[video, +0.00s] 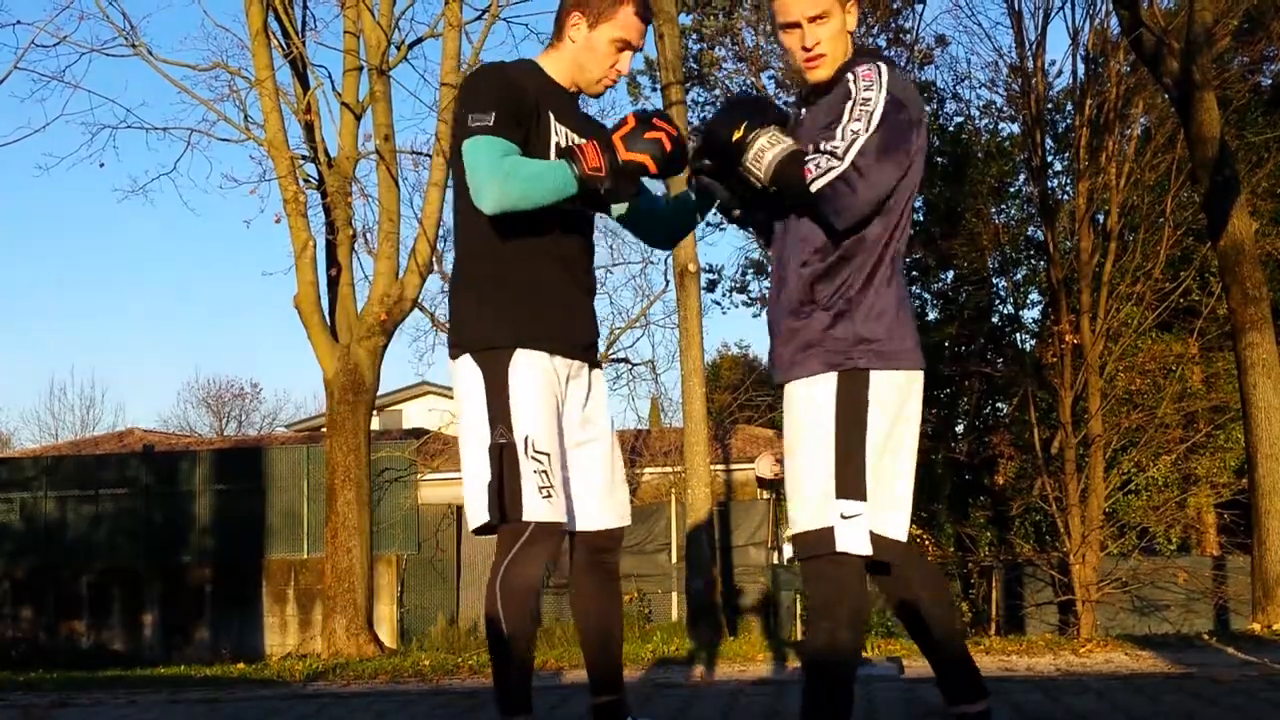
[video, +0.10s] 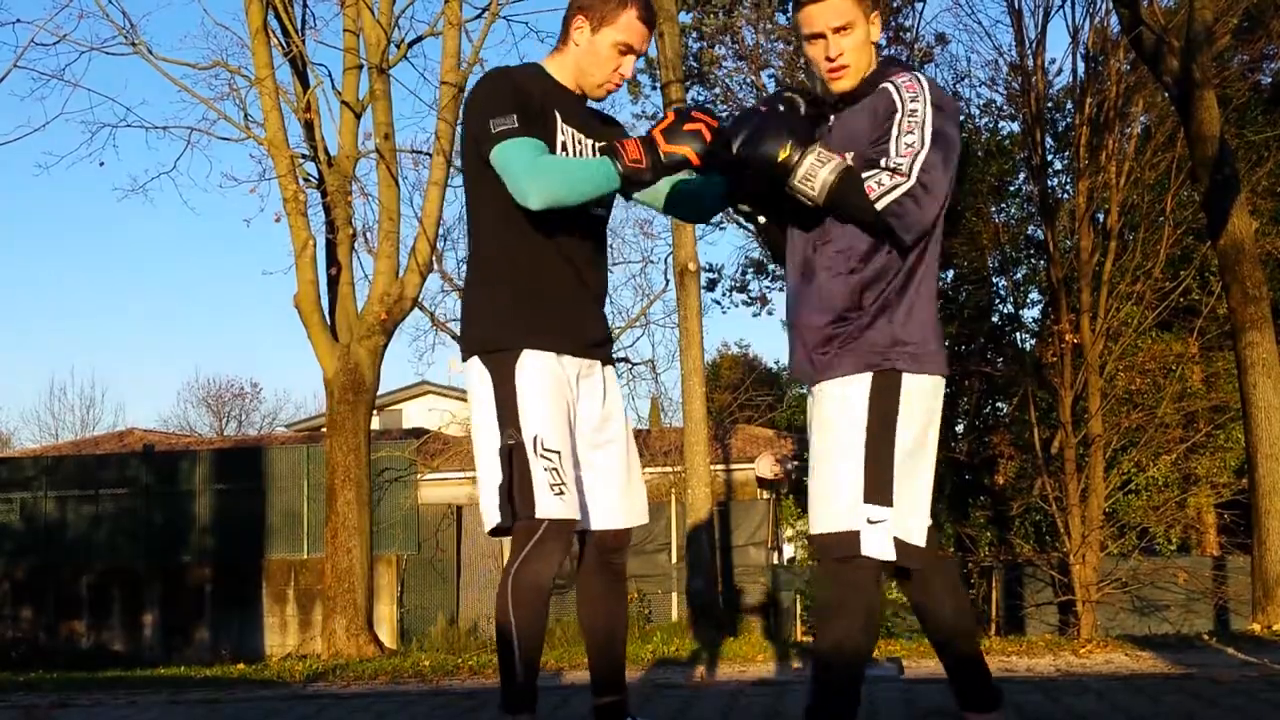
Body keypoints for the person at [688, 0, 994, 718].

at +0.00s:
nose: (804, 40)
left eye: (818, 20)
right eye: (788, 28)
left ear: (851, 14)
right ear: (775, 32)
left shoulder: (881, 87)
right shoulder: (807, 117)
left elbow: (844, 200)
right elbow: (782, 228)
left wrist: (765, 146)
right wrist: (727, 177)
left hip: (851, 349)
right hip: (833, 350)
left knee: (826, 540)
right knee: (879, 534)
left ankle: (823, 719)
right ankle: (968, 695)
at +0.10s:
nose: (830, 50)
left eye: (843, 30)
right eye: (815, 37)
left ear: (876, 24)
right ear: (800, 41)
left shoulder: (913, 97)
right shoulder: (814, 118)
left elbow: (903, 209)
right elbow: (802, 245)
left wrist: (794, 158)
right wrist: (751, 174)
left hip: (883, 351)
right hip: (846, 354)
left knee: (845, 543)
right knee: (910, 539)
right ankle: (981, 704)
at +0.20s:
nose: (850, 55)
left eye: (863, 36)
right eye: (836, 43)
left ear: (896, 27)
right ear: (821, 44)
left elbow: (950, 212)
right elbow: (819, 254)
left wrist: (835, 169)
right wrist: (788, 178)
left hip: (915, 344)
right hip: (857, 351)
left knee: (860, 530)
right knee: (926, 529)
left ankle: (843, 715)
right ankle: (983, 703)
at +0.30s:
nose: (873, 52)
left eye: (886, 34)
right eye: (859, 40)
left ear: (920, 26)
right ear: (847, 43)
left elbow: (969, 202)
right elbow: (851, 247)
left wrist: (856, 161)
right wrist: (809, 181)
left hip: (936, 336)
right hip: (882, 341)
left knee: (869, 508)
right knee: (940, 523)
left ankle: (912, 711)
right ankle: (986, 707)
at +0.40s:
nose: (895, 44)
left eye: (908, 26)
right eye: (882, 32)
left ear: (944, 22)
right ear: (873, 37)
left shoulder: (980, 81)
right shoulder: (890, 118)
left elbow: (984, 191)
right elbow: (872, 233)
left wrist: (869, 151)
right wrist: (816, 167)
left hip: (949, 332)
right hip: (912, 335)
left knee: (889, 505)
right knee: (957, 518)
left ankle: (1009, 685)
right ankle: (997, 691)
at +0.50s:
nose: (910, 39)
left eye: (924, 22)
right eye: (897, 28)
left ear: (960, 17)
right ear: (888, 33)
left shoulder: (990, 77)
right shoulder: (923, 112)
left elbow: (991, 185)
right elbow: (893, 225)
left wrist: (884, 157)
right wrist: (838, 173)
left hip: (971, 334)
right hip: (932, 338)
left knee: (944, 518)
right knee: (965, 524)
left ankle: (1088, 695)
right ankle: (988, 707)